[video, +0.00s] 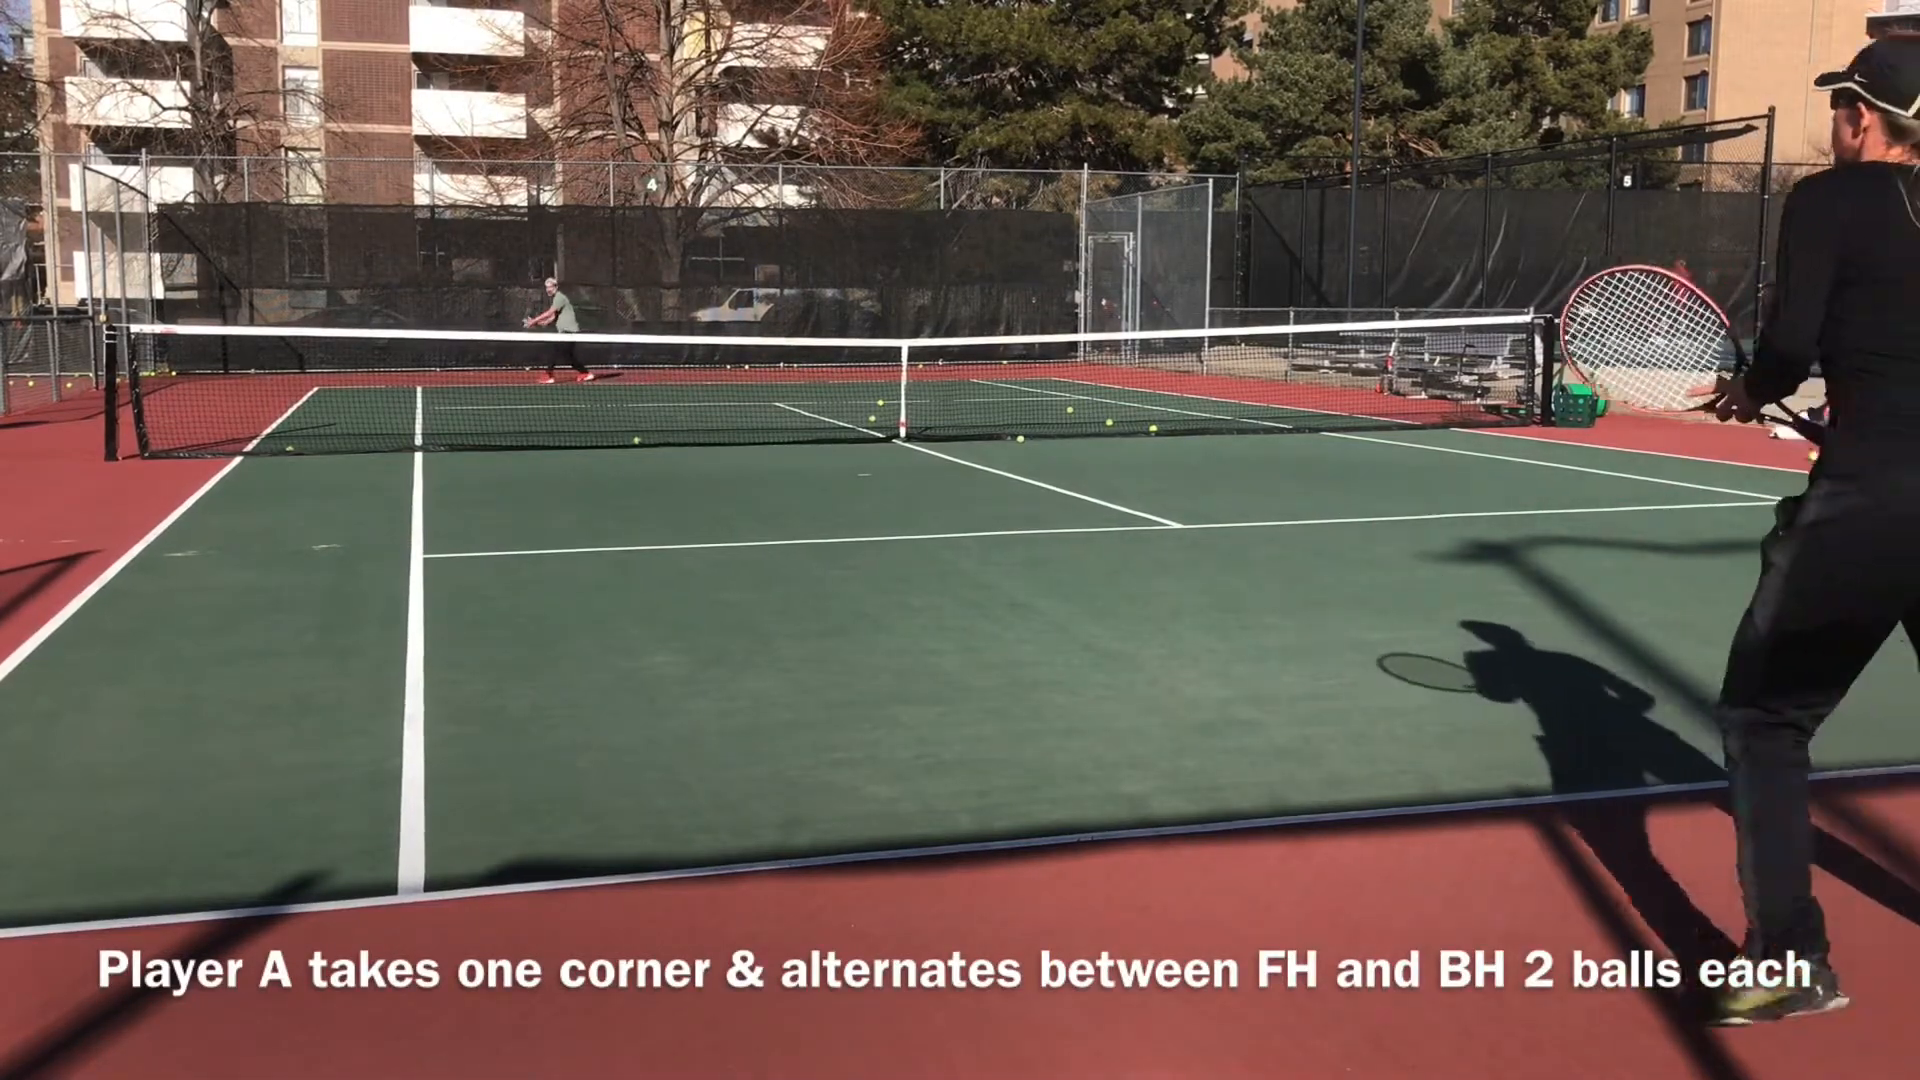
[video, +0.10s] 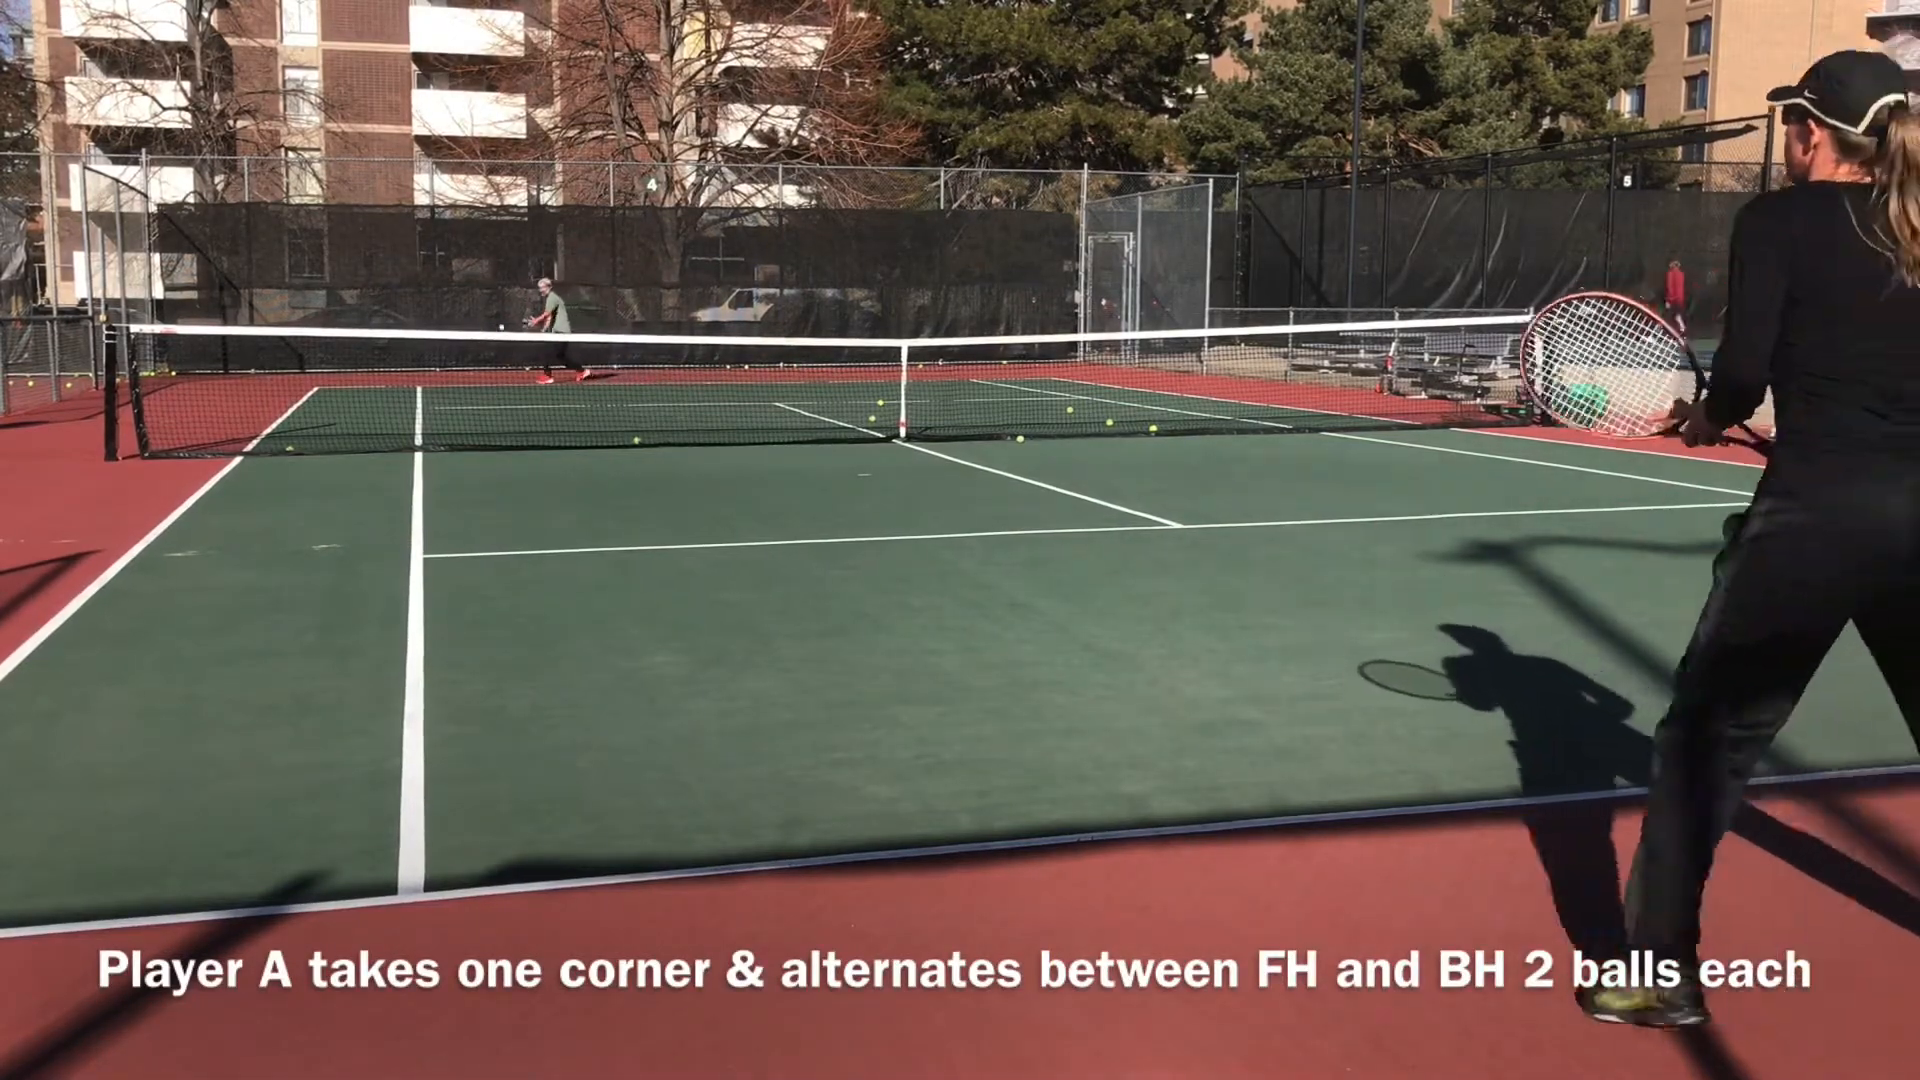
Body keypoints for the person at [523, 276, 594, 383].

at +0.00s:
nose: (548, 289)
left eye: (550, 287)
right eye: (546, 287)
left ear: (555, 287)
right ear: (545, 288)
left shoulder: (559, 297)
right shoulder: (557, 298)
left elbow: (550, 313)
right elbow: (554, 316)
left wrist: (534, 320)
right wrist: (544, 323)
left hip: (568, 331)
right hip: (566, 331)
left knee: (553, 352)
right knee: (569, 355)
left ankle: (549, 374)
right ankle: (584, 373)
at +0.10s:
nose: (540, 290)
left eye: (542, 287)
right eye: (539, 288)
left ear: (548, 287)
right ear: (545, 288)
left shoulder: (552, 297)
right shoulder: (552, 297)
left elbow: (547, 313)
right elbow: (549, 316)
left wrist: (535, 321)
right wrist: (544, 329)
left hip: (560, 331)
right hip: (561, 331)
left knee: (546, 352)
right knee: (560, 355)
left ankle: (547, 375)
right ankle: (581, 371)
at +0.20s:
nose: (535, 288)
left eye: (536, 285)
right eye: (534, 286)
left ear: (542, 284)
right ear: (537, 286)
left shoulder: (550, 294)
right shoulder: (543, 297)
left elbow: (556, 298)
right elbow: (541, 315)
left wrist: (554, 307)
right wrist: (537, 327)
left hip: (552, 328)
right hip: (546, 328)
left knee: (546, 351)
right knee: (553, 353)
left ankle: (548, 374)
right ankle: (574, 366)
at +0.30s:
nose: (533, 285)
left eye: (534, 282)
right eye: (531, 283)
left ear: (540, 280)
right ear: (532, 283)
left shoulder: (551, 289)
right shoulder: (536, 292)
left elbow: (562, 299)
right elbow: (535, 306)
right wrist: (528, 318)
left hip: (553, 324)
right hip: (542, 325)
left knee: (545, 350)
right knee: (546, 350)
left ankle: (547, 373)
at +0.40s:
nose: (533, 280)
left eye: (535, 277)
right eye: (532, 278)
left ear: (541, 275)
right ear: (532, 278)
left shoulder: (551, 286)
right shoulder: (535, 287)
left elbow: (565, 295)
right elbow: (530, 291)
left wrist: (566, 291)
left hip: (550, 322)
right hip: (538, 322)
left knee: (548, 349)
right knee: (543, 349)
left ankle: (549, 373)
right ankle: (547, 372)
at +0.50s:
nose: (537, 277)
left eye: (539, 274)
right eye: (536, 275)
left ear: (542, 275)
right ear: (536, 276)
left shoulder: (551, 287)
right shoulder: (534, 288)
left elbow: (564, 297)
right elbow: (525, 287)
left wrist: (569, 293)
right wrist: (529, 274)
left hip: (547, 323)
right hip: (535, 322)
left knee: (544, 348)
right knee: (536, 347)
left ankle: (545, 372)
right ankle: (535, 368)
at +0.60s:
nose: (537, 277)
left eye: (538, 275)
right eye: (534, 276)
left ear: (542, 277)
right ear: (531, 278)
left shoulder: (549, 291)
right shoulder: (530, 292)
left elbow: (562, 303)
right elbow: (532, 282)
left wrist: (568, 301)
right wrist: (540, 270)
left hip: (546, 325)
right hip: (532, 325)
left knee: (545, 350)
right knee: (529, 349)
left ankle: (545, 373)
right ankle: (520, 372)